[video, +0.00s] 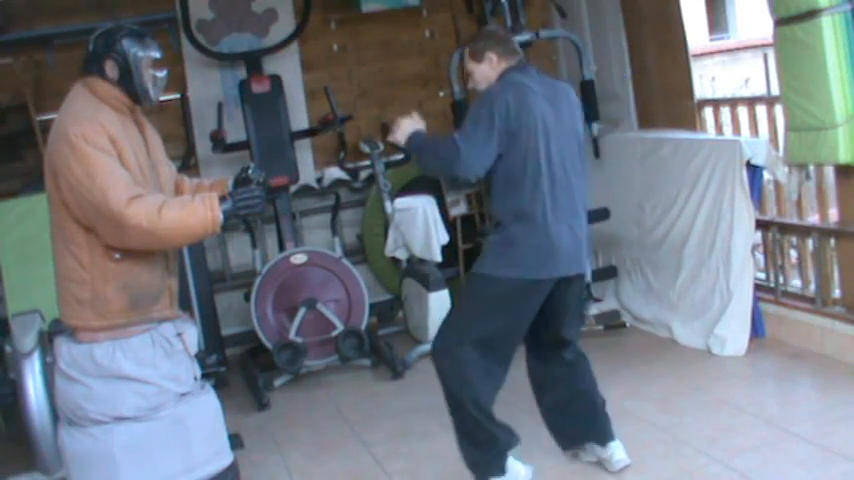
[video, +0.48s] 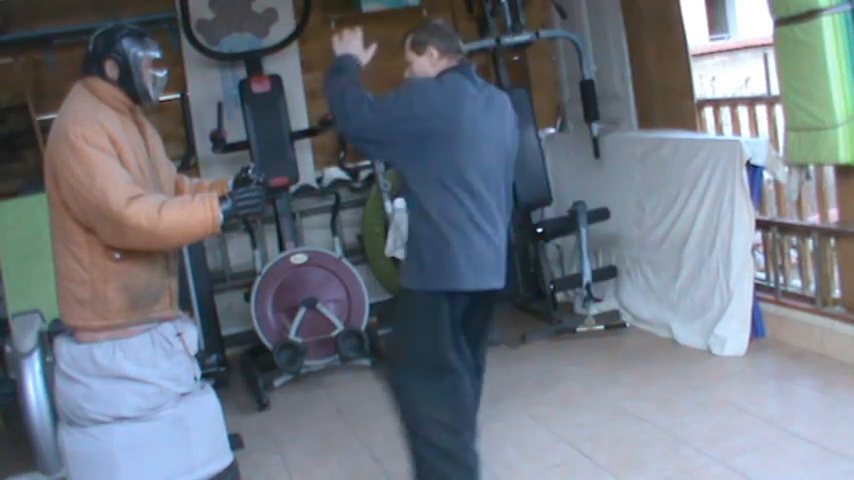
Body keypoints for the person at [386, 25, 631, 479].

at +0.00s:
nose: (470, 81)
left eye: (471, 70)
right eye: (467, 72)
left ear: (492, 59)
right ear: (513, 58)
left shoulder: (498, 97)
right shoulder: (566, 94)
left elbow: (466, 163)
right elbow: (572, 160)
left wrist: (415, 138)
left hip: (521, 256)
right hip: (573, 253)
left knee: (457, 349)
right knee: (558, 346)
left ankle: (497, 463)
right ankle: (601, 441)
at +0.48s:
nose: (408, 72)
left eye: (411, 62)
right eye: (407, 63)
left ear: (432, 56)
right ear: (453, 57)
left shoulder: (428, 98)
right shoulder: (499, 103)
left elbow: (358, 121)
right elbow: (504, 180)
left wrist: (346, 65)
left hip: (438, 269)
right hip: (487, 265)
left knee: (423, 375)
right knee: (460, 370)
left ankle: (444, 469)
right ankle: (458, 463)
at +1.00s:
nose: (427, 70)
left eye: (430, 59)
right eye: (426, 60)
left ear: (451, 51)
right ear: (470, 54)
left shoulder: (450, 90)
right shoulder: (514, 104)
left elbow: (388, 136)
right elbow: (510, 176)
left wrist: (345, 93)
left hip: (421, 245)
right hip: (479, 257)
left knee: (327, 323)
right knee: (452, 370)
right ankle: (438, 470)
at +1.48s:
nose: (451, 58)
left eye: (451, 47)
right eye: (447, 50)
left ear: (474, 29)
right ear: (483, 26)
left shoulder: (512, 63)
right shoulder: (532, 56)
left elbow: (471, 147)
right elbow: (520, 141)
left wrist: (419, 101)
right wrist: (470, 104)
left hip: (561, 235)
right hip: (578, 226)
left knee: (549, 358)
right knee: (559, 350)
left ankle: (574, 467)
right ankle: (579, 462)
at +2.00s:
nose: (570, 58)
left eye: (570, 47)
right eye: (565, 49)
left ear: (594, 34)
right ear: (603, 31)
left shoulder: (617, 70)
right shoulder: (654, 57)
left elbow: (614, 142)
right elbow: (651, 128)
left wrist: (555, 109)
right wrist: (590, 101)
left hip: (656, 219)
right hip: (696, 209)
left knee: (613, 322)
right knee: (694, 304)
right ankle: (735, 392)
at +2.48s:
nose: (573, 66)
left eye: (577, 56)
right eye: (570, 58)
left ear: (608, 43)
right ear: (600, 47)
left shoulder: (653, 78)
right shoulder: (614, 87)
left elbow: (636, 140)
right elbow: (587, 150)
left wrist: (570, 99)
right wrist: (565, 106)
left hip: (673, 232)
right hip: (657, 232)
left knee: (654, 346)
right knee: (703, 322)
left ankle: (640, 460)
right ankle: (750, 399)